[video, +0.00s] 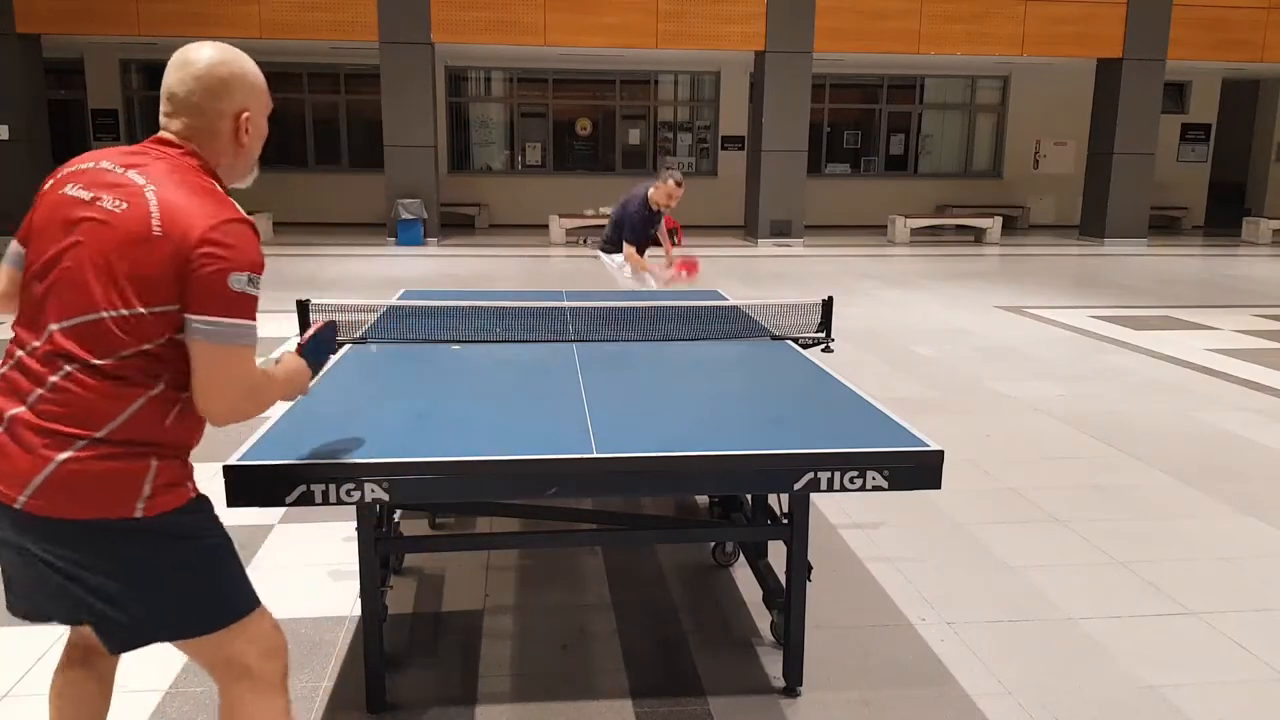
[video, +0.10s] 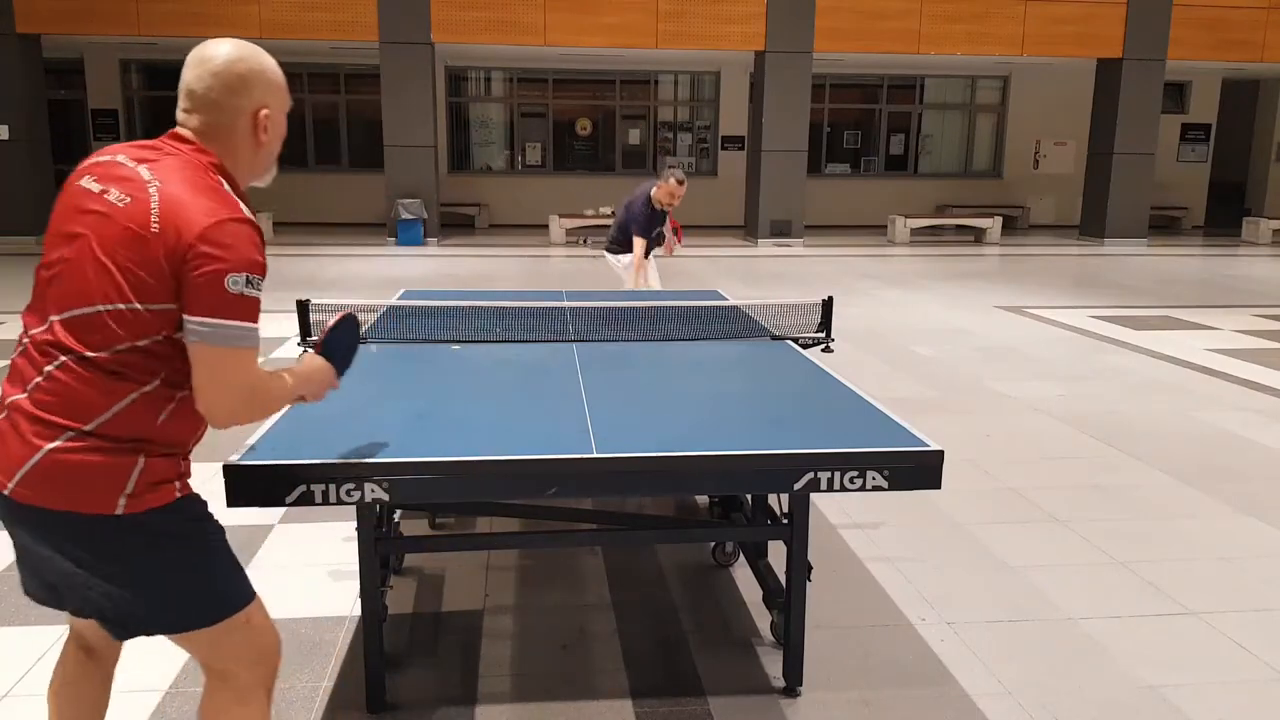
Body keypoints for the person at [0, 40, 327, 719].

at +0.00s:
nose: (264, 136)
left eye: (266, 120)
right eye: (264, 120)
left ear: (170, 111)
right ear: (241, 124)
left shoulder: (75, 173)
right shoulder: (217, 226)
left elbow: (9, 294)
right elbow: (225, 398)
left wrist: (107, 314)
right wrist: (287, 376)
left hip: (16, 473)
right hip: (119, 495)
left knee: (92, 637)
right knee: (254, 657)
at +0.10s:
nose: (283, 136)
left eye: (285, 118)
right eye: (283, 118)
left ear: (188, 108)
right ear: (261, 122)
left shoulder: (100, 166)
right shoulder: (219, 222)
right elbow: (229, 402)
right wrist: (299, 380)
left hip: (25, 461)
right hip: (115, 487)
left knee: (92, 637)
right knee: (246, 658)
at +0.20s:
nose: (311, 149)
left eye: (312, 132)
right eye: (311, 131)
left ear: (214, 118)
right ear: (288, 134)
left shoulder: (133, 172)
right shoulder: (237, 235)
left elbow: (150, 345)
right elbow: (256, 417)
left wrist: (288, 383)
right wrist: (329, 391)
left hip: (32, 462)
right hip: (121, 494)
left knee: (96, 633)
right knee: (252, 657)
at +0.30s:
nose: (339, 169)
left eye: (340, 153)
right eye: (339, 153)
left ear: (240, 137)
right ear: (314, 157)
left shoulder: (164, 184)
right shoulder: (253, 259)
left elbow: (170, 326)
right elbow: (287, 441)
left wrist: (277, 347)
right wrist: (363, 407)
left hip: (35, 468)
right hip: (126, 503)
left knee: (102, 633)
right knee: (265, 659)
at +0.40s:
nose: (363, 187)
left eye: (366, 170)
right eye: (364, 171)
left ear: (265, 154)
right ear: (337, 180)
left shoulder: (191, 195)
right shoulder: (260, 279)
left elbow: (217, 307)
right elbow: (298, 458)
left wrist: (319, 333)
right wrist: (389, 423)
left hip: (45, 470)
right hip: (123, 506)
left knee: (111, 631)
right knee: (269, 662)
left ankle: (52, 717)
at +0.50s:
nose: (376, 206)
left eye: (382, 190)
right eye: (379, 191)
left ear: (283, 170)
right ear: (350, 199)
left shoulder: (209, 206)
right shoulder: (256, 295)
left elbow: (241, 327)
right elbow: (281, 478)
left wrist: (350, 329)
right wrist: (392, 459)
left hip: (48, 468)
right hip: (114, 506)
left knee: (140, 601)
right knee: (269, 660)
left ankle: (47, 712)